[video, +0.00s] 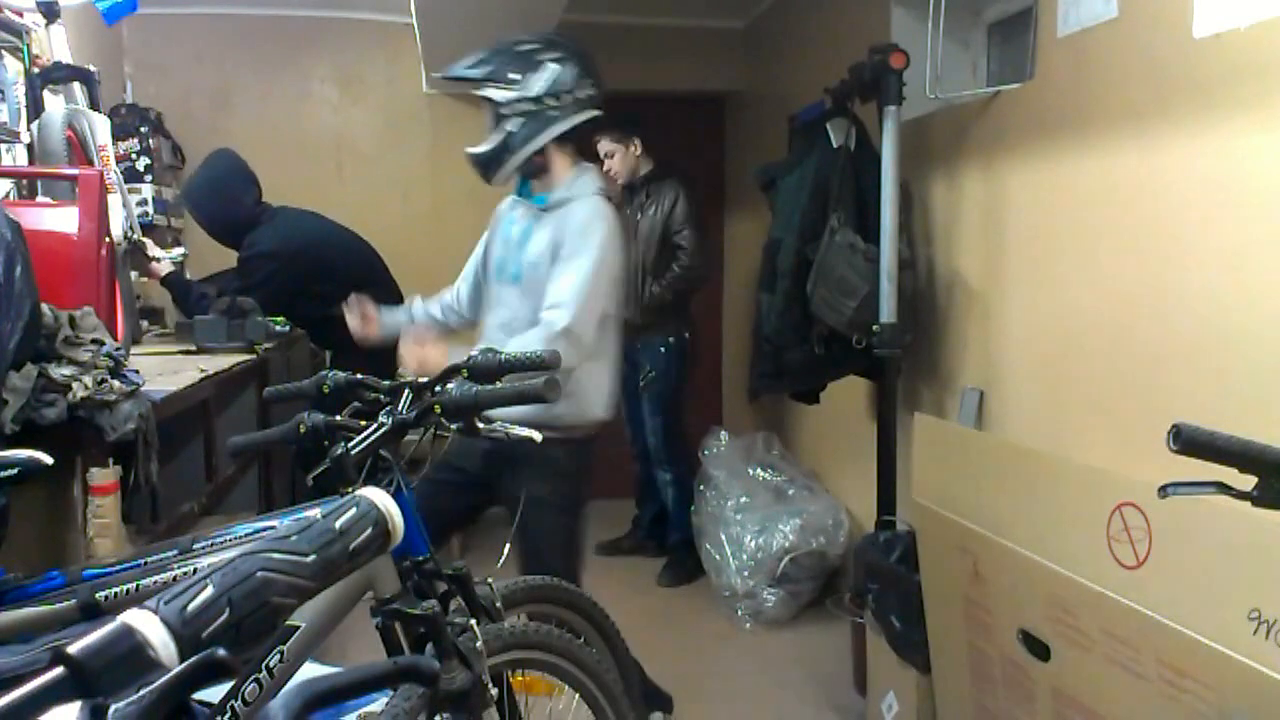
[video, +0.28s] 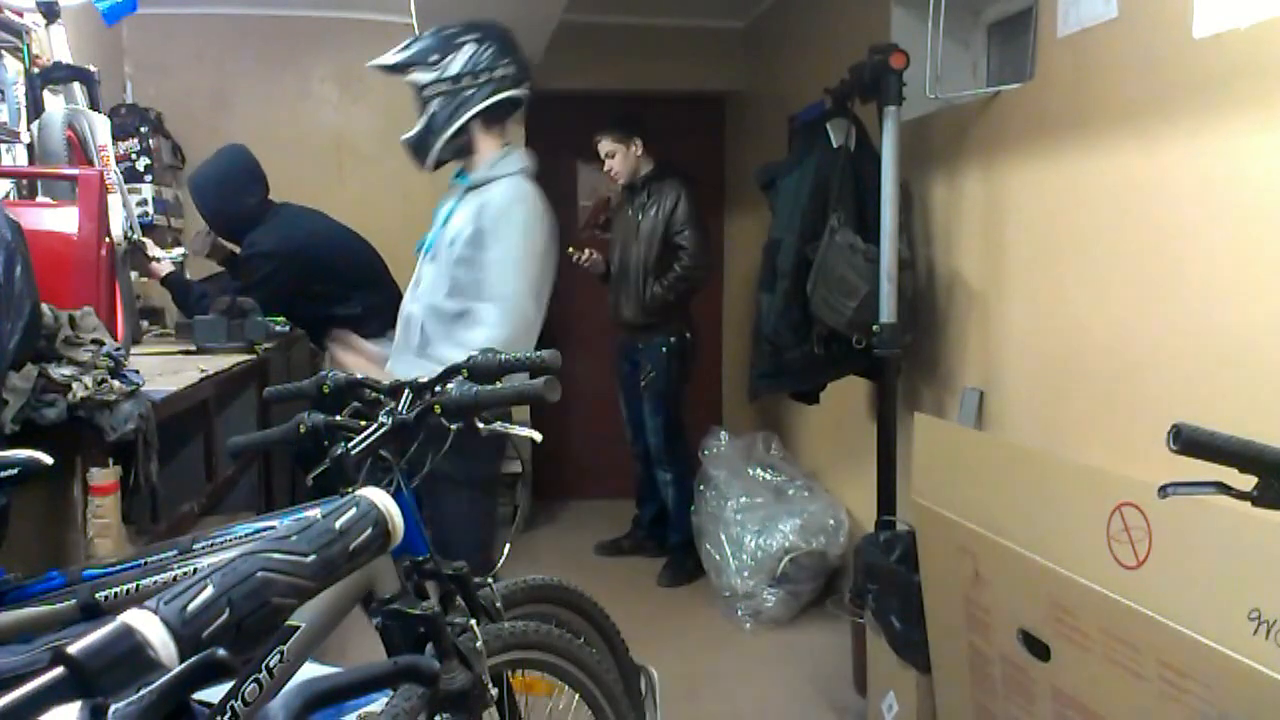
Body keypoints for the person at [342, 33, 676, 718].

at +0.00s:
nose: (491, 129)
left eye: (501, 113)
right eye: (493, 113)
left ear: (541, 120)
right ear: (538, 124)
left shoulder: (591, 216)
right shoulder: (513, 210)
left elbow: (561, 336)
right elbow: (458, 305)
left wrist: (459, 360)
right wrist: (387, 321)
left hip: (555, 437)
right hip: (490, 426)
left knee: (550, 601)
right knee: (407, 531)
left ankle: (643, 700)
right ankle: (443, 667)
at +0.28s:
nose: (421, 114)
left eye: (429, 97)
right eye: (422, 98)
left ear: (465, 96)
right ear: (470, 99)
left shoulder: (515, 202)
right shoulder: (470, 196)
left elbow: (501, 347)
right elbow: (442, 322)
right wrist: (381, 354)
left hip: (461, 437)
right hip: (424, 429)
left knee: (458, 610)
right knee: (424, 601)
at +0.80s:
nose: (401, 103)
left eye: (413, 88)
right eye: (401, 88)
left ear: (459, 90)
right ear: (444, 90)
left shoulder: (523, 193)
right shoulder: (418, 193)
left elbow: (547, 318)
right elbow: (382, 304)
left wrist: (510, 395)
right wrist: (309, 345)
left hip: (484, 420)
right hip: (404, 412)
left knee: (478, 580)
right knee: (388, 568)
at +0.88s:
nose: (413, 107)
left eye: (427, 94)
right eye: (413, 93)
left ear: (475, 97)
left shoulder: (535, 200)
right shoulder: (421, 197)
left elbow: (562, 327)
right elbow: (375, 303)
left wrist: (540, 396)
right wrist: (294, 344)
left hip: (497, 428)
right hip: (416, 418)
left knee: (493, 595)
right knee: (387, 572)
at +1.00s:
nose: (450, 96)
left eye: (466, 82)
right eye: (442, 81)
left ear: (511, 83)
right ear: (433, 81)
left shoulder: (559, 194)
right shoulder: (429, 187)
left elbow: (576, 315)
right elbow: (409, 302)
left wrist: (564, 412)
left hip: (499, 412)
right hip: (414, 404)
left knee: (514, 576)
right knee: (386, 559)